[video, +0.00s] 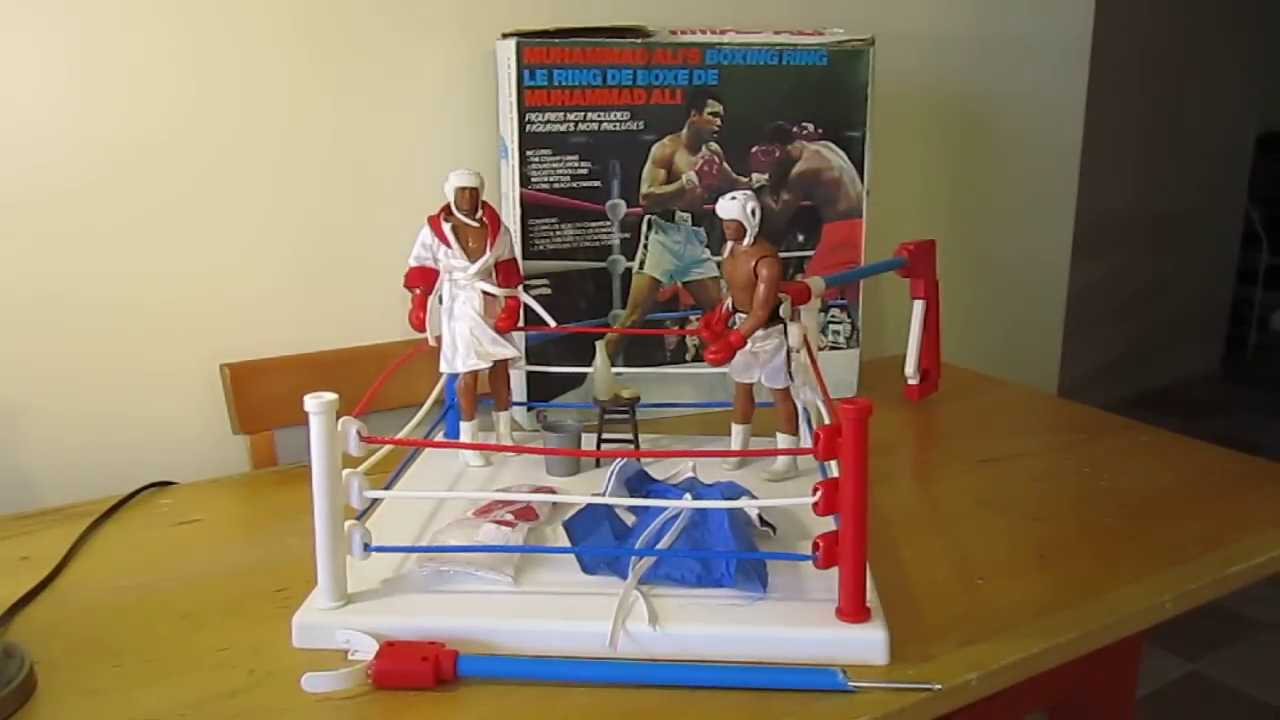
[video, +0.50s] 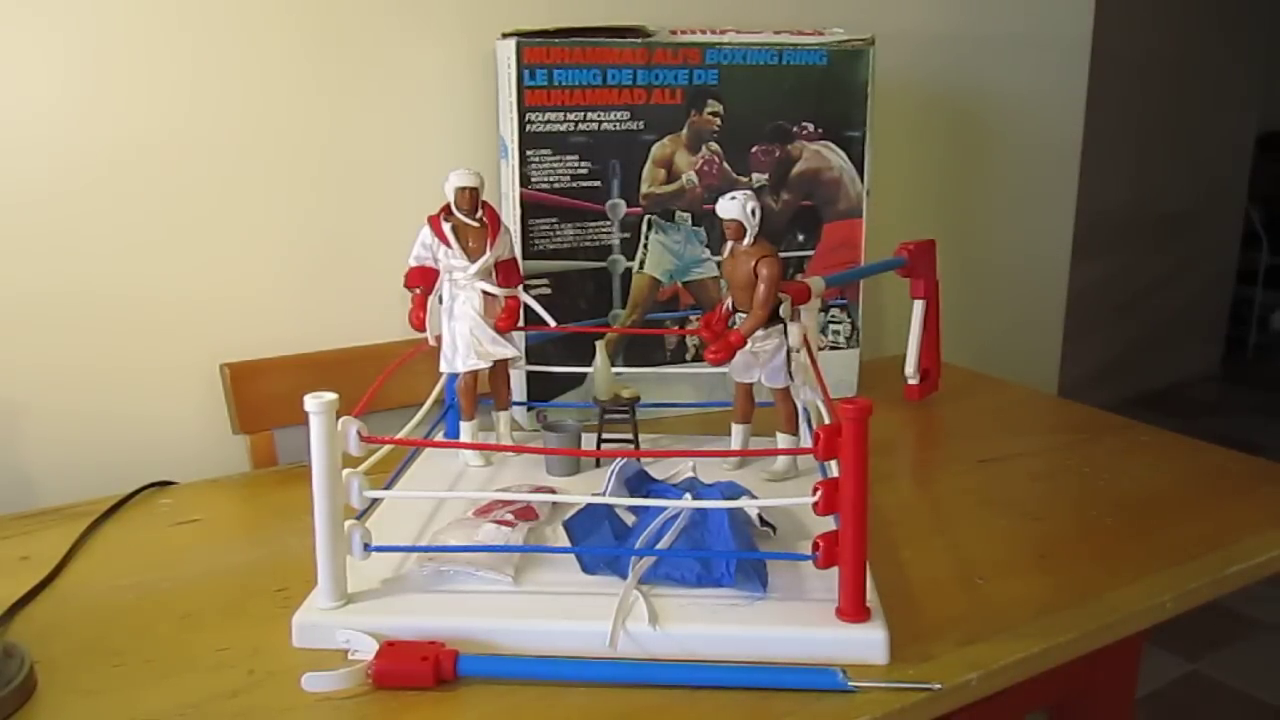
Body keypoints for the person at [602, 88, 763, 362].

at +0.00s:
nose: (718, 122)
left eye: (720, 116)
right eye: (713, 115)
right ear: (694, 115)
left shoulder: (712, 151)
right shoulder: (665, 148)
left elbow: (731, 181)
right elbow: (646, 197)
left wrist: (752, 181)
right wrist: (682, 184)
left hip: (693, 237)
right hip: (660, 235)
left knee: (719, 309)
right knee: (635, 315)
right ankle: (597, 371)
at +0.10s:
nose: (719, 122)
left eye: (720, 116)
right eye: (713, 115)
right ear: (694, 115)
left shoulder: (712, 151)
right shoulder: (665, 148)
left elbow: (730, 181)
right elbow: (646, 197)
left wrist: (752, 181)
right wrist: (682, 184)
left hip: (693, 237)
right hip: (660, 235)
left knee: (719, 309)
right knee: (635, 315)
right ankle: (597, 371)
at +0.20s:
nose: (719, 122)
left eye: (720, 117)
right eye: (713, 115)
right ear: (693, 115)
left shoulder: (712, 151)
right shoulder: (665, 149)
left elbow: (730, 181)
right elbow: (647, 197)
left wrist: (752, 182)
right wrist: (683, 184)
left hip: (693, 238)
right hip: (660, 235)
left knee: (719, 310)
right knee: (634, 316)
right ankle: (597, 372)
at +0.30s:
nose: (718, 122)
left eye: (720, 116)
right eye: (713, 115)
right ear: (694, 115)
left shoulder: (712, 150)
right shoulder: (665, 148)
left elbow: (730, 181)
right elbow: (646, 197)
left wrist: (755, 181)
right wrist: (683, 183)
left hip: (693, 237)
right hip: (660, 235)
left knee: (719, 310)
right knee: (634, 315)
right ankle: (596, 372)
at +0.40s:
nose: (718, 122)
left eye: (720, 116)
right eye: (713, 115)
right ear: (694, 115)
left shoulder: (712, 150)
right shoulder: (665, 148)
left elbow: (730, 181)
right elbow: (646, 196)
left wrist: (755, 181)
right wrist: (683, 183)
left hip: (693, 238)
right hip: (660, 235)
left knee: (719, 310)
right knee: (635, 315)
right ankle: (596, 371)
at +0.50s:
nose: (718, 122)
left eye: (720, 116)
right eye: (713, 114)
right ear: (694, 115)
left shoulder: (712, 150)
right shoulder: (665, 148)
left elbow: (731, 182)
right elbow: (646, 197)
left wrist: (755, 180)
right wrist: (683, 183)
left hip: (693, 237)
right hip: (660, 235)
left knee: (719, 310)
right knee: (634, 315)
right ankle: (596, 372)